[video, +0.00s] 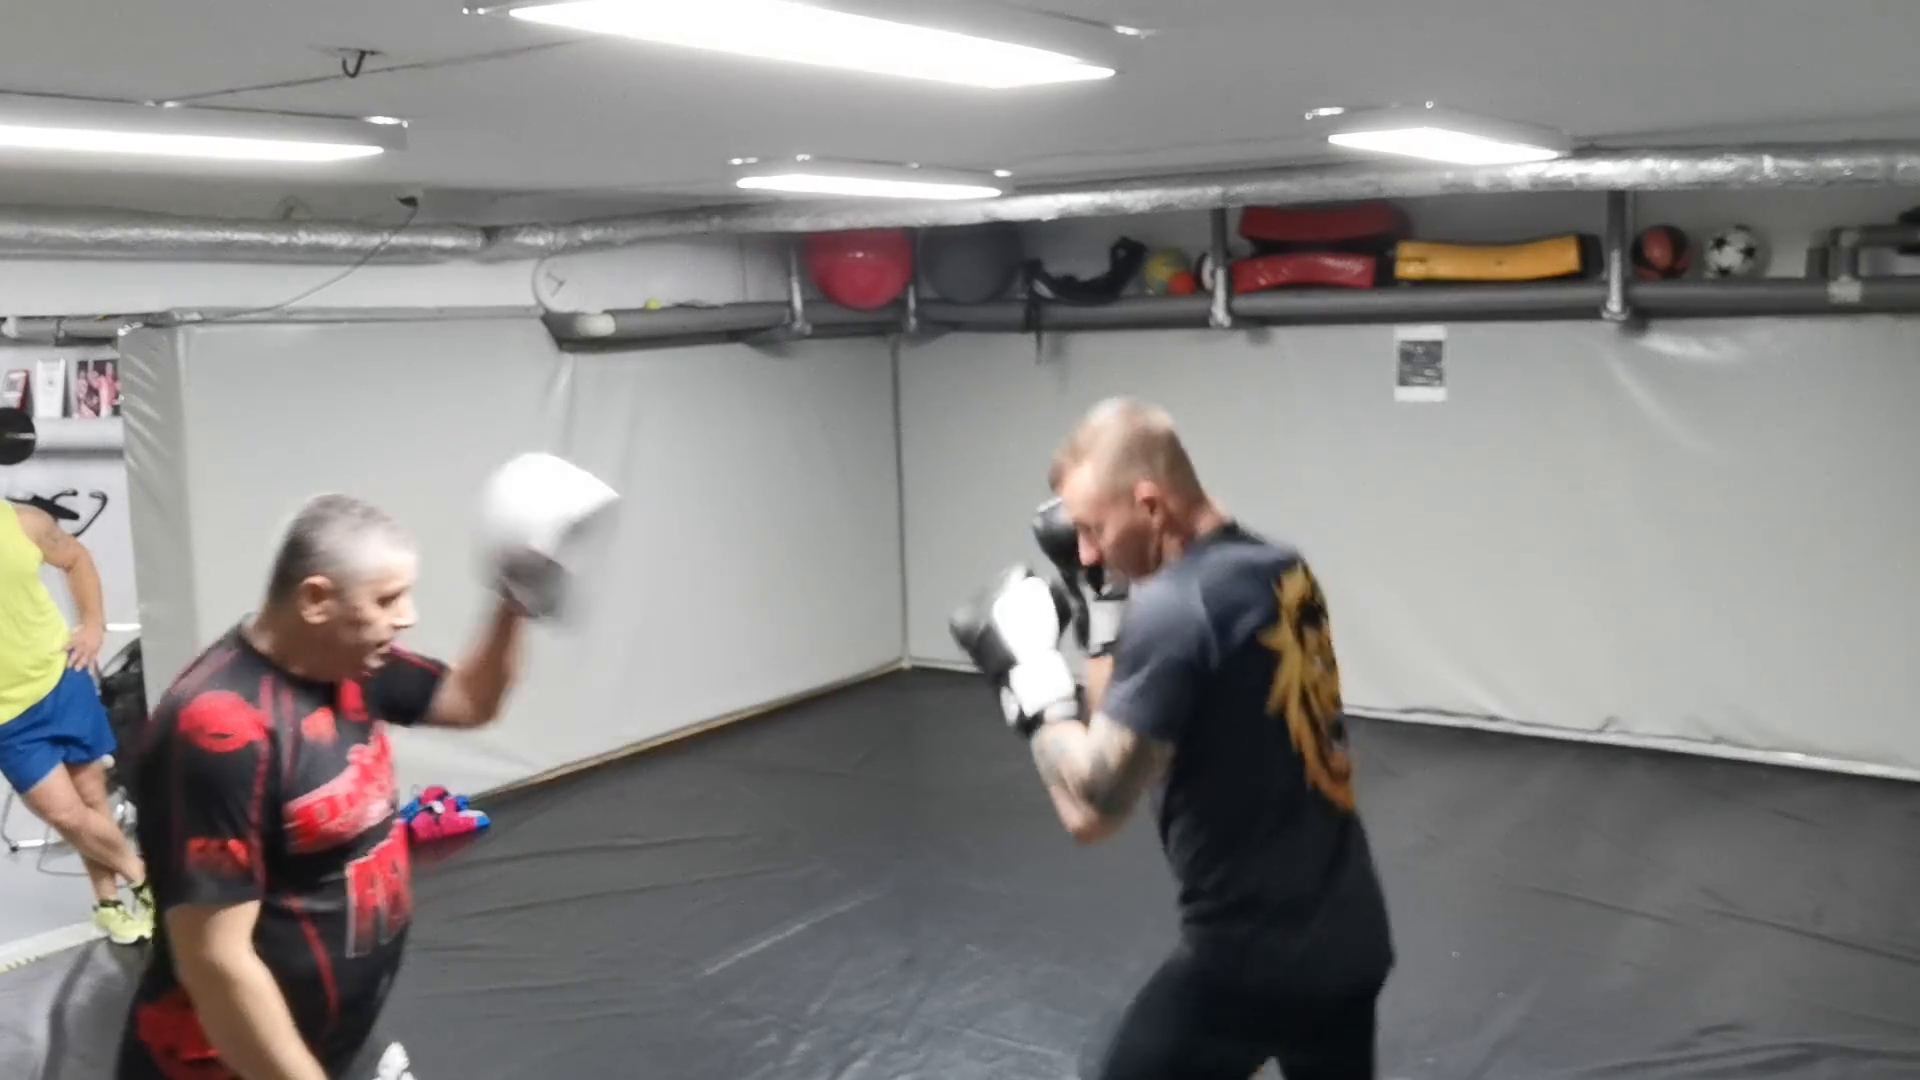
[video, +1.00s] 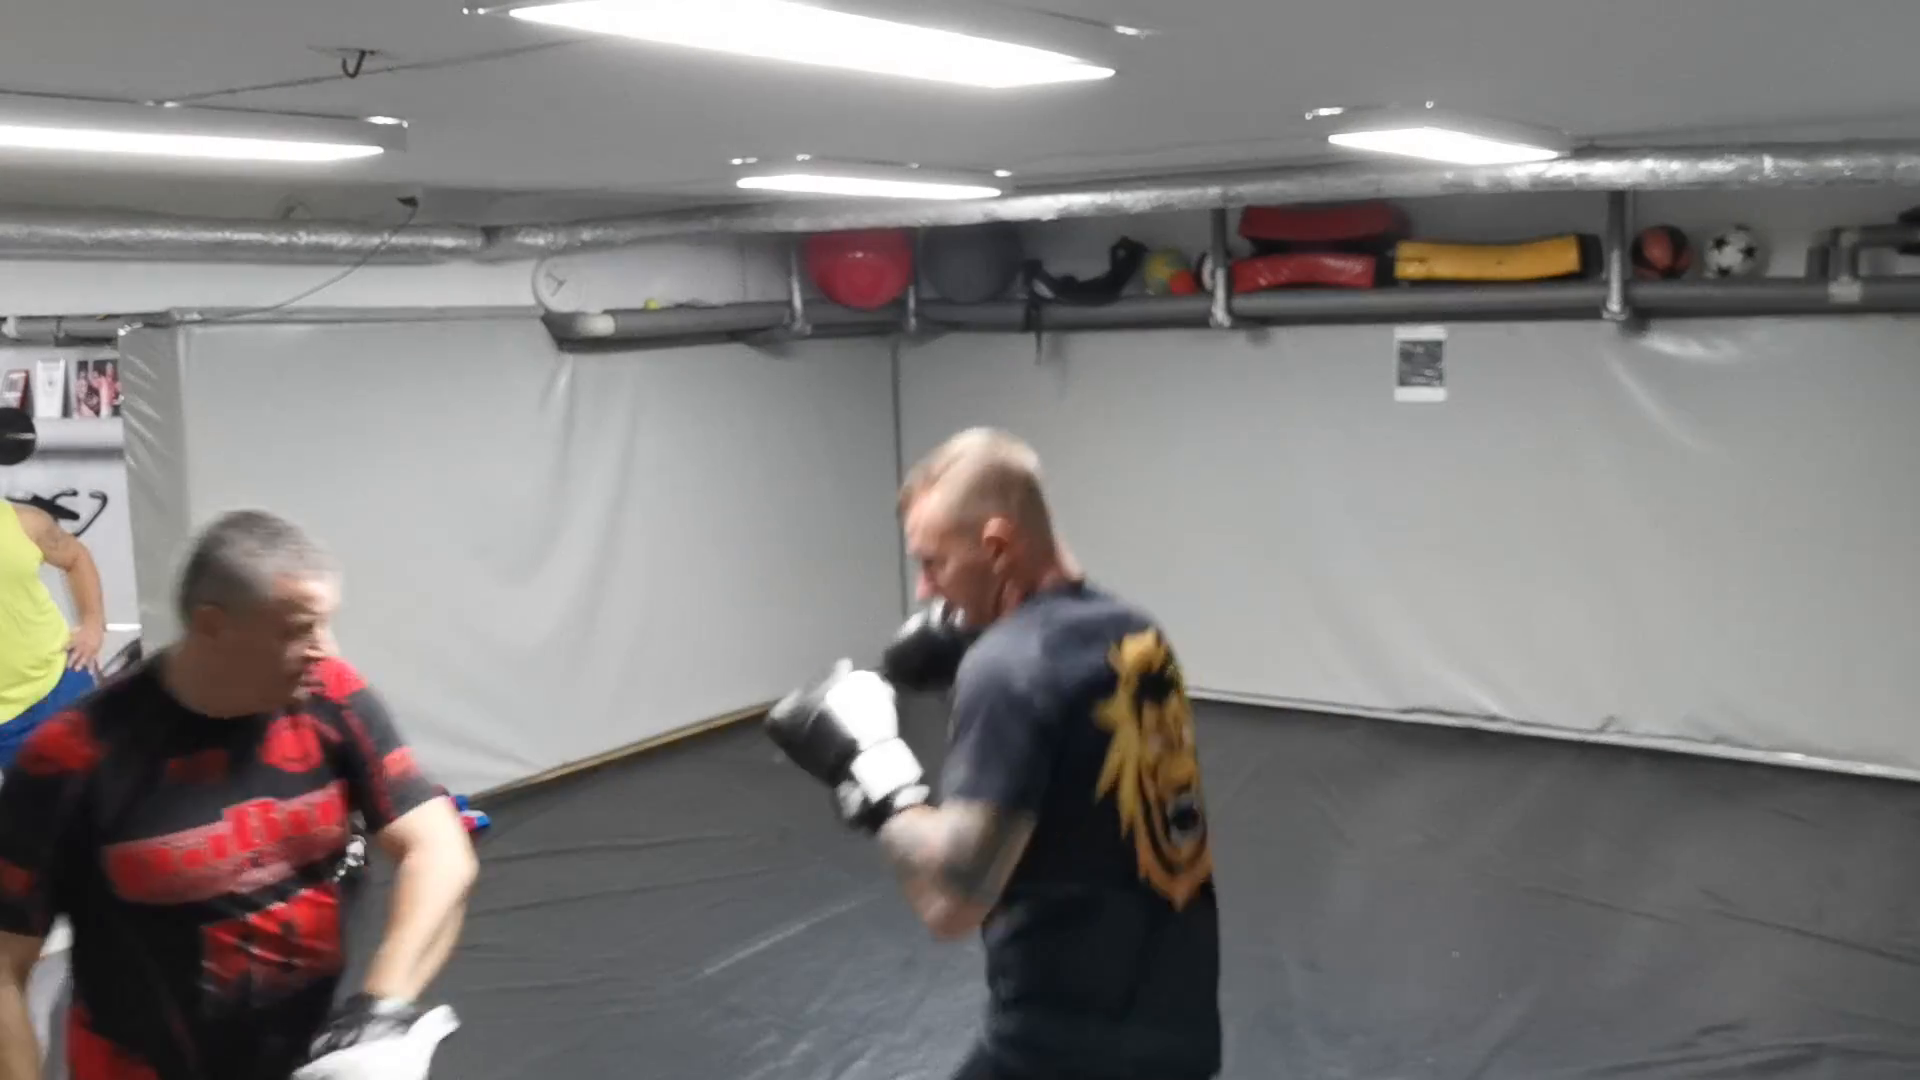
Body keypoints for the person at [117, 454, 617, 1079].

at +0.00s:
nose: (406, 618)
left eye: (405, 597)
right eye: (387, 601)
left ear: (319, 601)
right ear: (317, 600)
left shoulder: (342, 665)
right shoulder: (214, 726)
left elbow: (469, 700)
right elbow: (213, 958)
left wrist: (513, 599)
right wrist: (304, 1071)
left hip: (343, 1038)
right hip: (233, 1057)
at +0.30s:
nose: (339, 623)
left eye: (337, 600)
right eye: (314, 605)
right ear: (236, 605)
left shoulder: (291, 657)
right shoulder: (147, 727)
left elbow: (430, 688)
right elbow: (153, 965)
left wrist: (479, 612)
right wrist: (256, 1075)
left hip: (303, 1036)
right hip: (189, 1058)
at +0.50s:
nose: (251, 617)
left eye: (250, 593)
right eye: (224, 600)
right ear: (139, 603)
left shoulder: (252, 651)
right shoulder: (68, 751)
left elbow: (367, 701)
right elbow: (105, 982)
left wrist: (469, 704)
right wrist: (226, 1073)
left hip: (301, 1029)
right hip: (181, 1058)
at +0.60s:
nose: (236, 624)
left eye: (234, 600)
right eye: (208, 610)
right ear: (119, 616)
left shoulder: (252, 662)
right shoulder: (43, 761)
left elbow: (322, 772)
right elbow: (45, 988)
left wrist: (411, 830)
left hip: (292, 1040)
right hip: (157, 1062)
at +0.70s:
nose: (236, 625)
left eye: (234, 599)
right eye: (208, 611)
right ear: (119, 616)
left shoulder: (265, 673)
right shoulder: (32, 761)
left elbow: (327, 803)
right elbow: (12, 984)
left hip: (294, 1047)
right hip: (145, 1065)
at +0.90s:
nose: (276, 641)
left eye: (275, 615)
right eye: (248, 623)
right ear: (157, 622)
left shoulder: (295, 699)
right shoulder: (33, 756)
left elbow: (403, 857)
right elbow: (3, 971)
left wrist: (348, 1014)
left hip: (275, 1058)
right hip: (111, 1066)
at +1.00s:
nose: (321, 650)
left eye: (323, 626)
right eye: (296, 631)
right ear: (211, 626)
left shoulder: (330, 699)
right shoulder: (70, 759)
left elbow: (442, 853)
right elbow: (8, 965)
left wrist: (378, 1012)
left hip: (304, 1054)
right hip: (140, 1063)